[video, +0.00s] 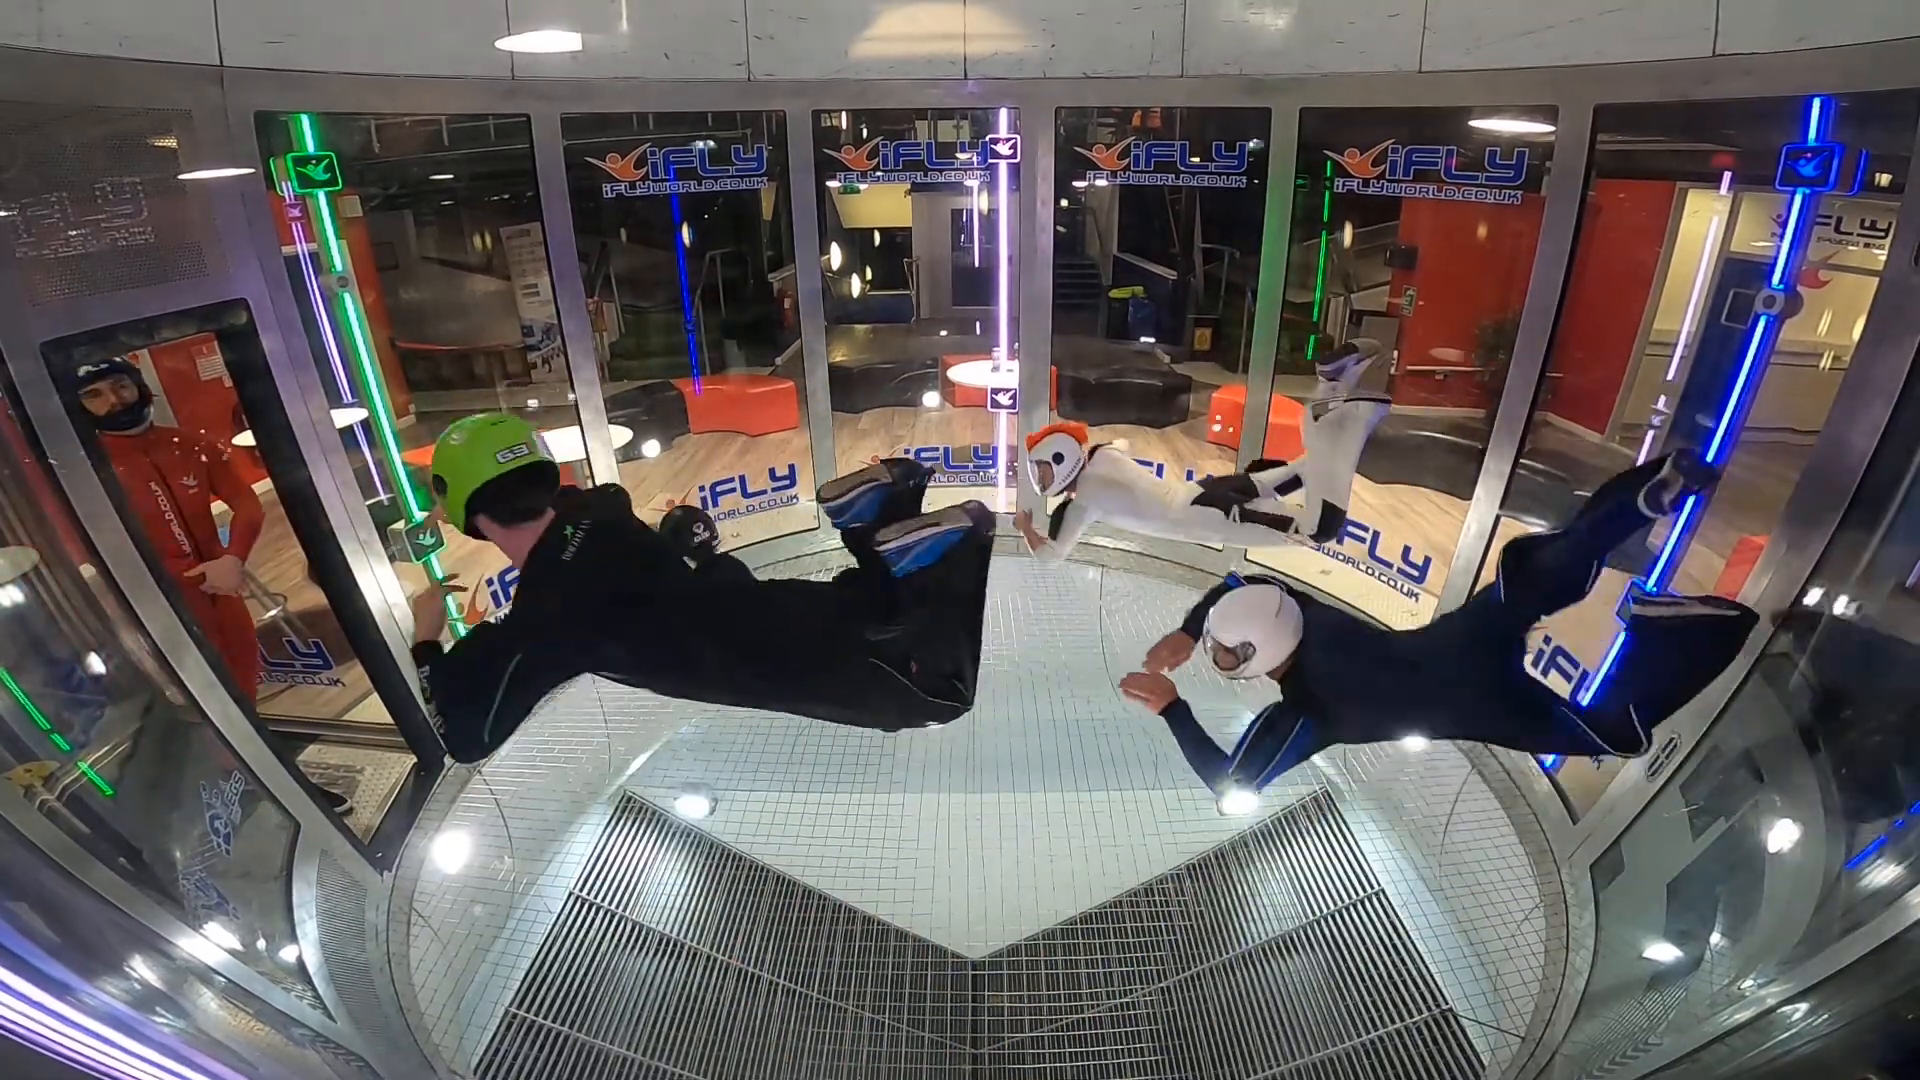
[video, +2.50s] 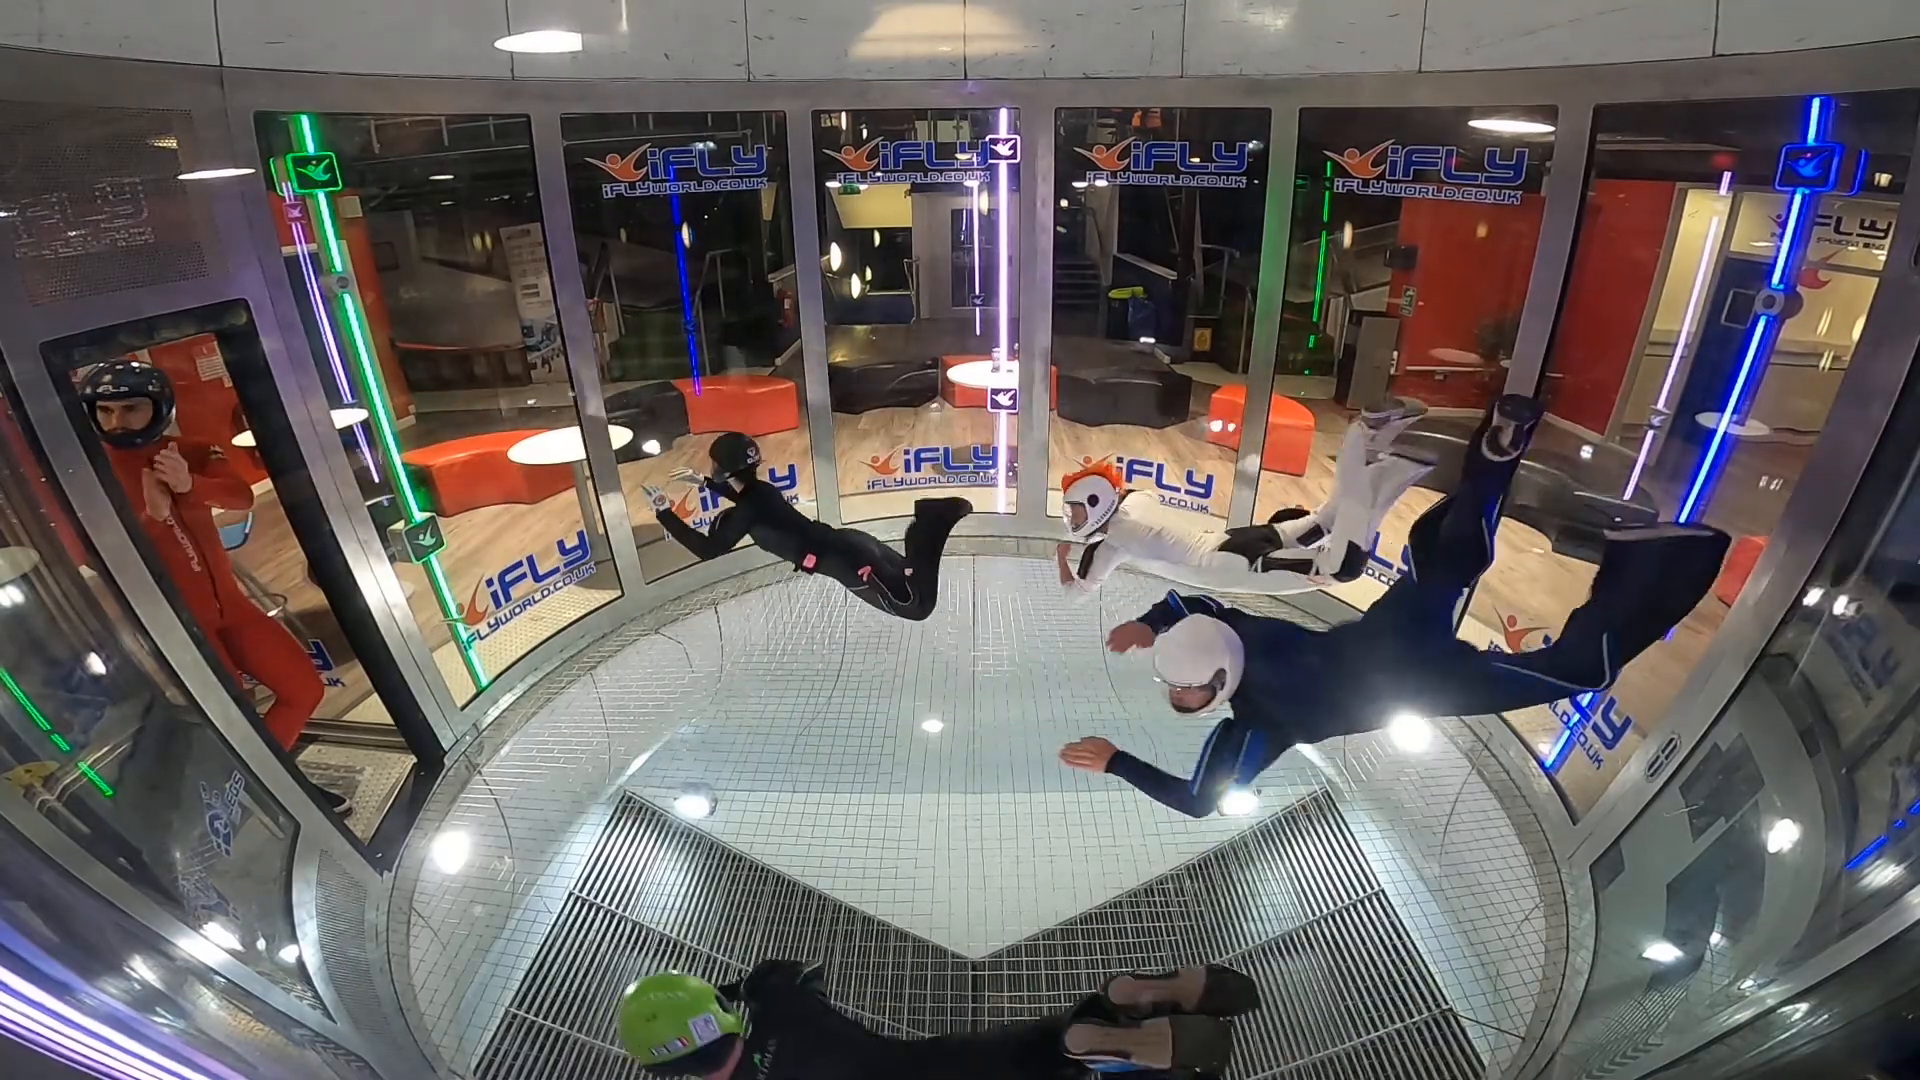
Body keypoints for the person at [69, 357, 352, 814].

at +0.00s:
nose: (112, 400)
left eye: (119, 385)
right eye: (95, 395)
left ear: (137, 387)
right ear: (80, 408)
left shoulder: (190, 444)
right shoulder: (84, 469)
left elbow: (248, 503)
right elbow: (95, 568)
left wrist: (235, 557)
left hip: (221, 604)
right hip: (166, 623)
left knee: (242, 715)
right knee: (215, 720)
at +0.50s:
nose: (135, 406)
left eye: (139, 391)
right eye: (117, 401)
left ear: (157, 390)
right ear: (100, 415)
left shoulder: (200, 450)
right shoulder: (105, 469)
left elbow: (248, 509)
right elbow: (136, 553)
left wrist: (258, 568)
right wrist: (224, 583)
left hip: (238, 599)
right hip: (186, 618)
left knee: (302, 680)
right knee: (233, 718)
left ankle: (342, 778)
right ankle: (267, 818)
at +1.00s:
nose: (130, 412)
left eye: (132, 396)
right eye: (112, 409)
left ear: (148, 392)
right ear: (96, 424)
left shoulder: (200, 450)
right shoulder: (104, 476)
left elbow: (249, 511)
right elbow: (138, 560)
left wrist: (262, 571)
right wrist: (228, 588)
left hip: (239, 600)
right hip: (187, 618)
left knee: (302, 686)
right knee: (236, 712)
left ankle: (251, 775)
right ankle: (294, 789)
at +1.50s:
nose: (126, 415)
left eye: (127, 398)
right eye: (106, 412)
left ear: (145, 394)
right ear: (91, 425)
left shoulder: (201, 454)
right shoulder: (100, 480)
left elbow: (250, 516)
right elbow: (137, 566)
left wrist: (256, 574)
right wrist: (224, 590)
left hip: (237, 603)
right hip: (184, 621)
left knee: (304, 691)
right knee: (237, 716)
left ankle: (245, 782)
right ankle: (294, 791)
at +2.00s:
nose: (115, 416)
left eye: (120, 400)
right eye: (98, 410)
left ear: (142, 398)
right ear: (86, 422)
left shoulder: (198, 454)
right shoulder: (97, 477)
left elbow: (250, 515)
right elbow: (135, 568)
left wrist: (254, 575)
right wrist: (225, 589)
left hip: (236, 603)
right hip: (185, 621)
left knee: (306, 690)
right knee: (238, 714)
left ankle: (245, 782)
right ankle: (292, 792)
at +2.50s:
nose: (118, 423)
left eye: (131, 409)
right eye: (104, 411)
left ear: (157, 410)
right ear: (90, 415)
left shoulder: (188, 452)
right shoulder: (92, 473)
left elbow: (242, 497)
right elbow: (96, 557)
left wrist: (191, 484)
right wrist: (150, 517)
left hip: (231, 606)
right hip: (182, 628)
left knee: (304, 688)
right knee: (240, 716)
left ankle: (243, 782)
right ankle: (293, 791)